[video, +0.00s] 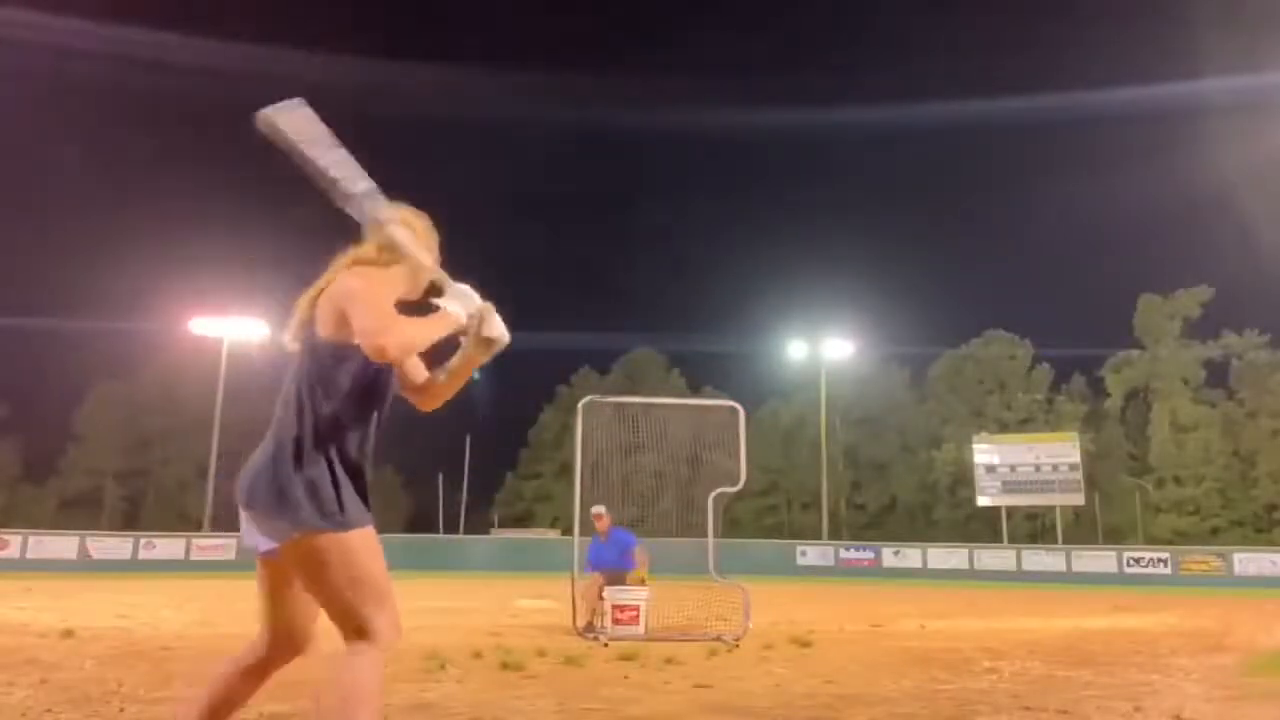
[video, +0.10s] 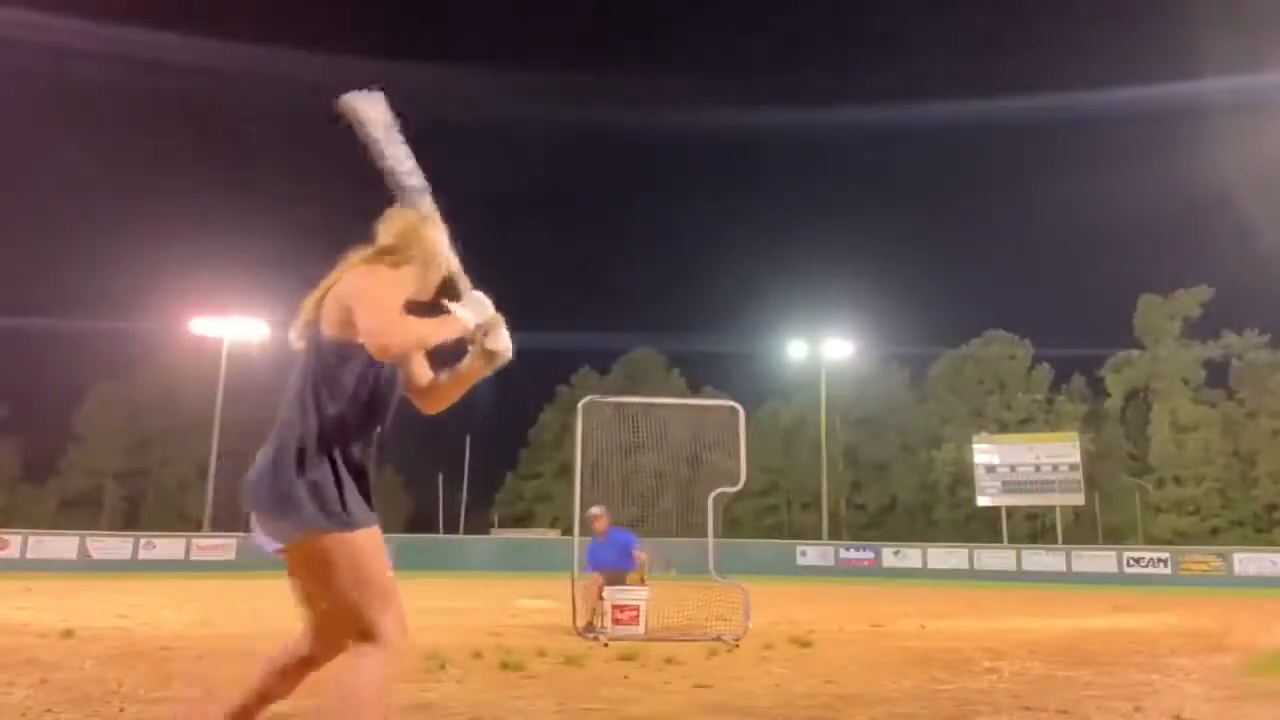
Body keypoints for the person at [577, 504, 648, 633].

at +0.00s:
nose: (599, 523)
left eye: (601, 519)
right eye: (595, 520)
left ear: (609, 518)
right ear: (593, 522)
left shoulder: (623, 537)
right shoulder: (595, 542)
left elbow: (640, 556)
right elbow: (591, 564)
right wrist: (597, 575)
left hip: (622, 573)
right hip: (603, 575)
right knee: (591, 587)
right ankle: (589, 622)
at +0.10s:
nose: (597, 524)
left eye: (600, 519)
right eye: (594, 521)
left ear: (607, 519)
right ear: (591, 523)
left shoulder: (620, 535)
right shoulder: (594, 545)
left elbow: (639, 552)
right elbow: (592, 568)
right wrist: (598, 578)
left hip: (622, 573)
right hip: (603, 575)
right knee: (590, 586)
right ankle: (589, 622)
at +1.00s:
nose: (614, 522)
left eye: (617, 517)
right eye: (611, 518)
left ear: (623, 519)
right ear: (606, 520)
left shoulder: (633, 536)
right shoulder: (599, 539)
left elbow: (643, 554)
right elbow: (595, 563)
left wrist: (638, 559)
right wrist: (604, 563)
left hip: (627, 572)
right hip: (608, 572)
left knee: (632, 578)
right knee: (595, 580)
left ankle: (630, 619)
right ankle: (590, 621)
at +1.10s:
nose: (614, 522)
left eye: (617, 517)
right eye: (611, 517)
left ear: (623, 520)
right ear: (605, 520)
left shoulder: (632, 537)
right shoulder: (599, 539)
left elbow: (643, 554)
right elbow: (594, 563)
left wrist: (638, 560)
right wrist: (604, 563)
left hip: (626, 571)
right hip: (607, 572)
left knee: (632, 578)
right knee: (595, 580)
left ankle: (631, 619)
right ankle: (590, 621)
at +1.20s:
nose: (617, 521)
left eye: (621, 516)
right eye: (613, 516)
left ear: (627, 518)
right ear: (607, 519)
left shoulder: (633, 536)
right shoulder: (601, 539)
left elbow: (642, 559)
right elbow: (594, 563)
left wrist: (633, 562)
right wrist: (607, 563)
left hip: (627, 572)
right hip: (608, 573)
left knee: (632, 579)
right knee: (594, 581)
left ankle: (630, 620)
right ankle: (589, 621)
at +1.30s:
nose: (620, 519)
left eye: (623, 515)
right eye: (617, 515)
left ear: (629, 517)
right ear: (611, 517)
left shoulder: (635, 536)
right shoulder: (603, 538)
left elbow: (643, 563)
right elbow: (594, 563)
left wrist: (631, 563)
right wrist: (606, 563)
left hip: (627, 571)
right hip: (608, 572)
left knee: (632, 577)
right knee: (595, 580)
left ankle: (631, 619)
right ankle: (589, 621)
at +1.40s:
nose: (621, 519)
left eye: (624, 515)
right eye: (618, 514)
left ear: (629, 517)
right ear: (612, 517)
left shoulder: (635, 536)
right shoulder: (604, 537)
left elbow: (643, 564)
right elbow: (594, 563)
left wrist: (629, 562)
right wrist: (609, 563)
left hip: (627, 571)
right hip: (608, 572)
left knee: (633, 578)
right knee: (595, 579)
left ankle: (630, 620)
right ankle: (589, 621)